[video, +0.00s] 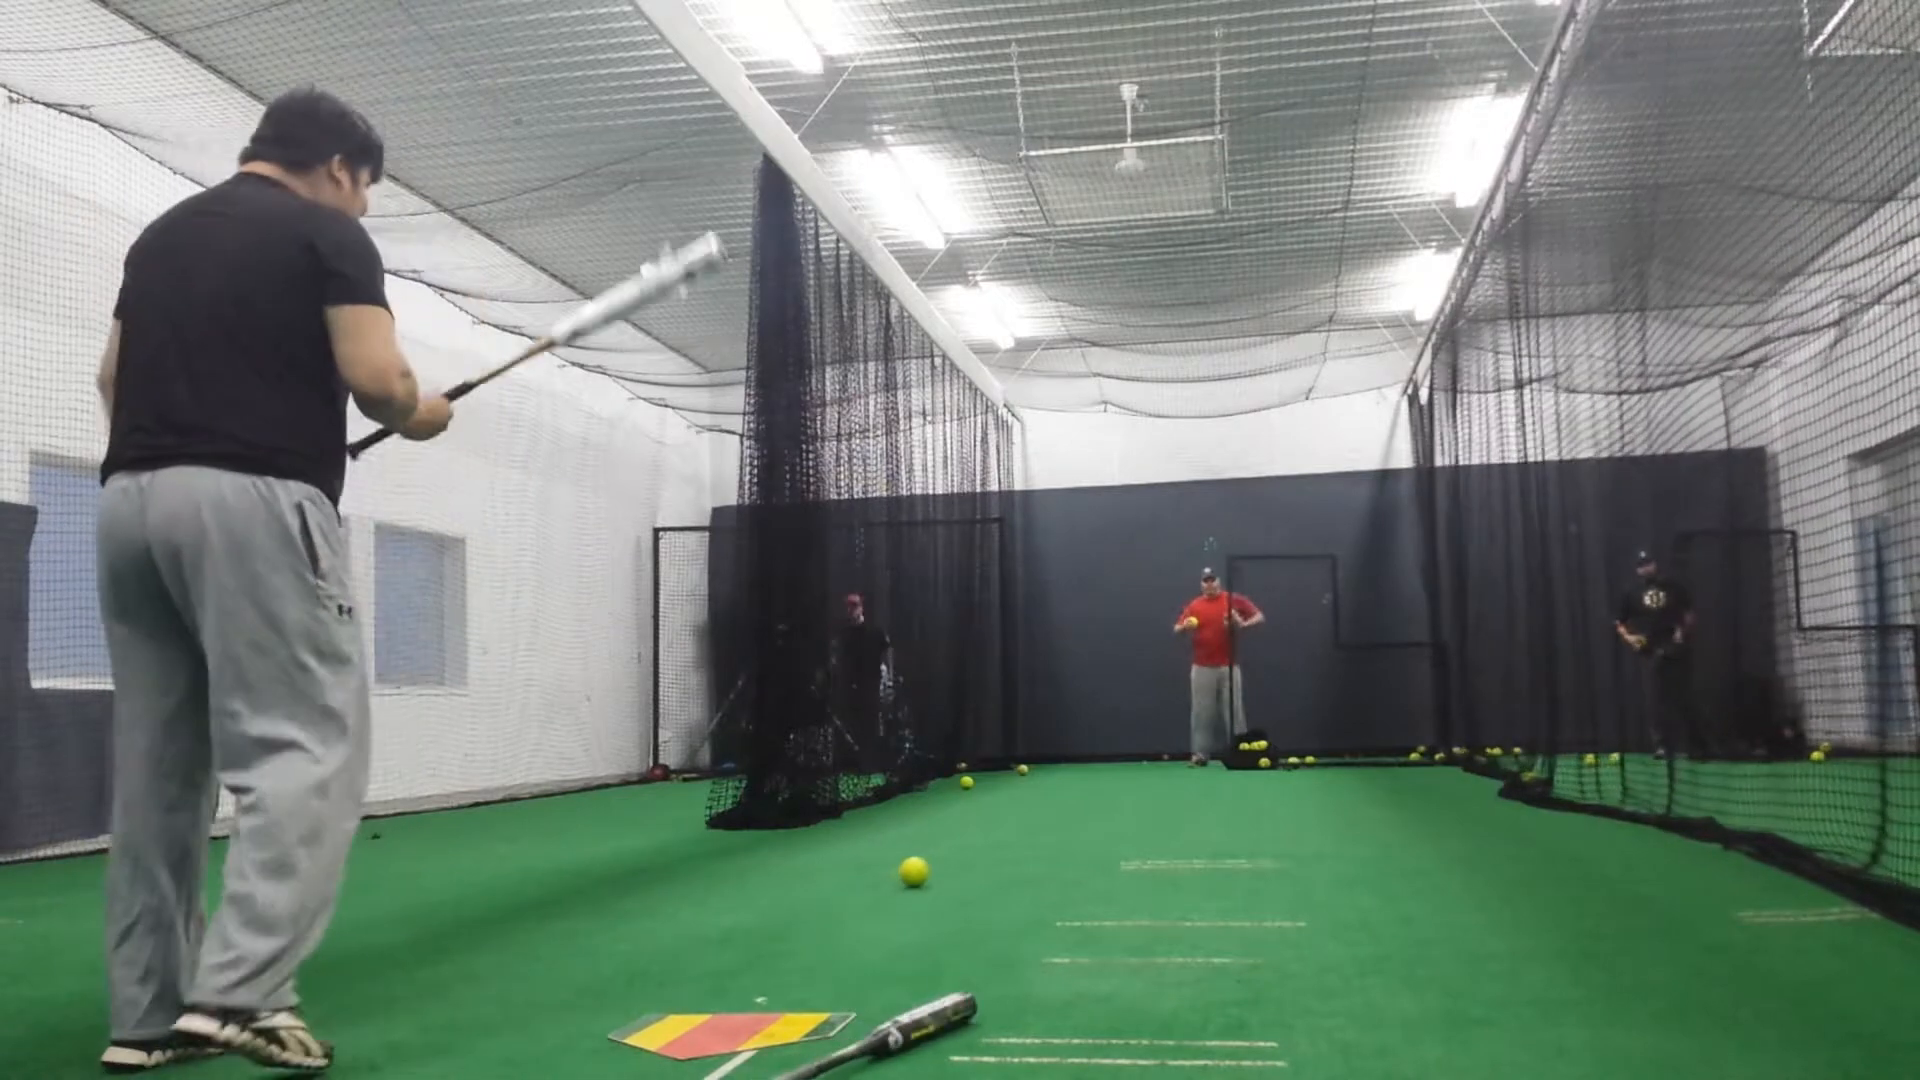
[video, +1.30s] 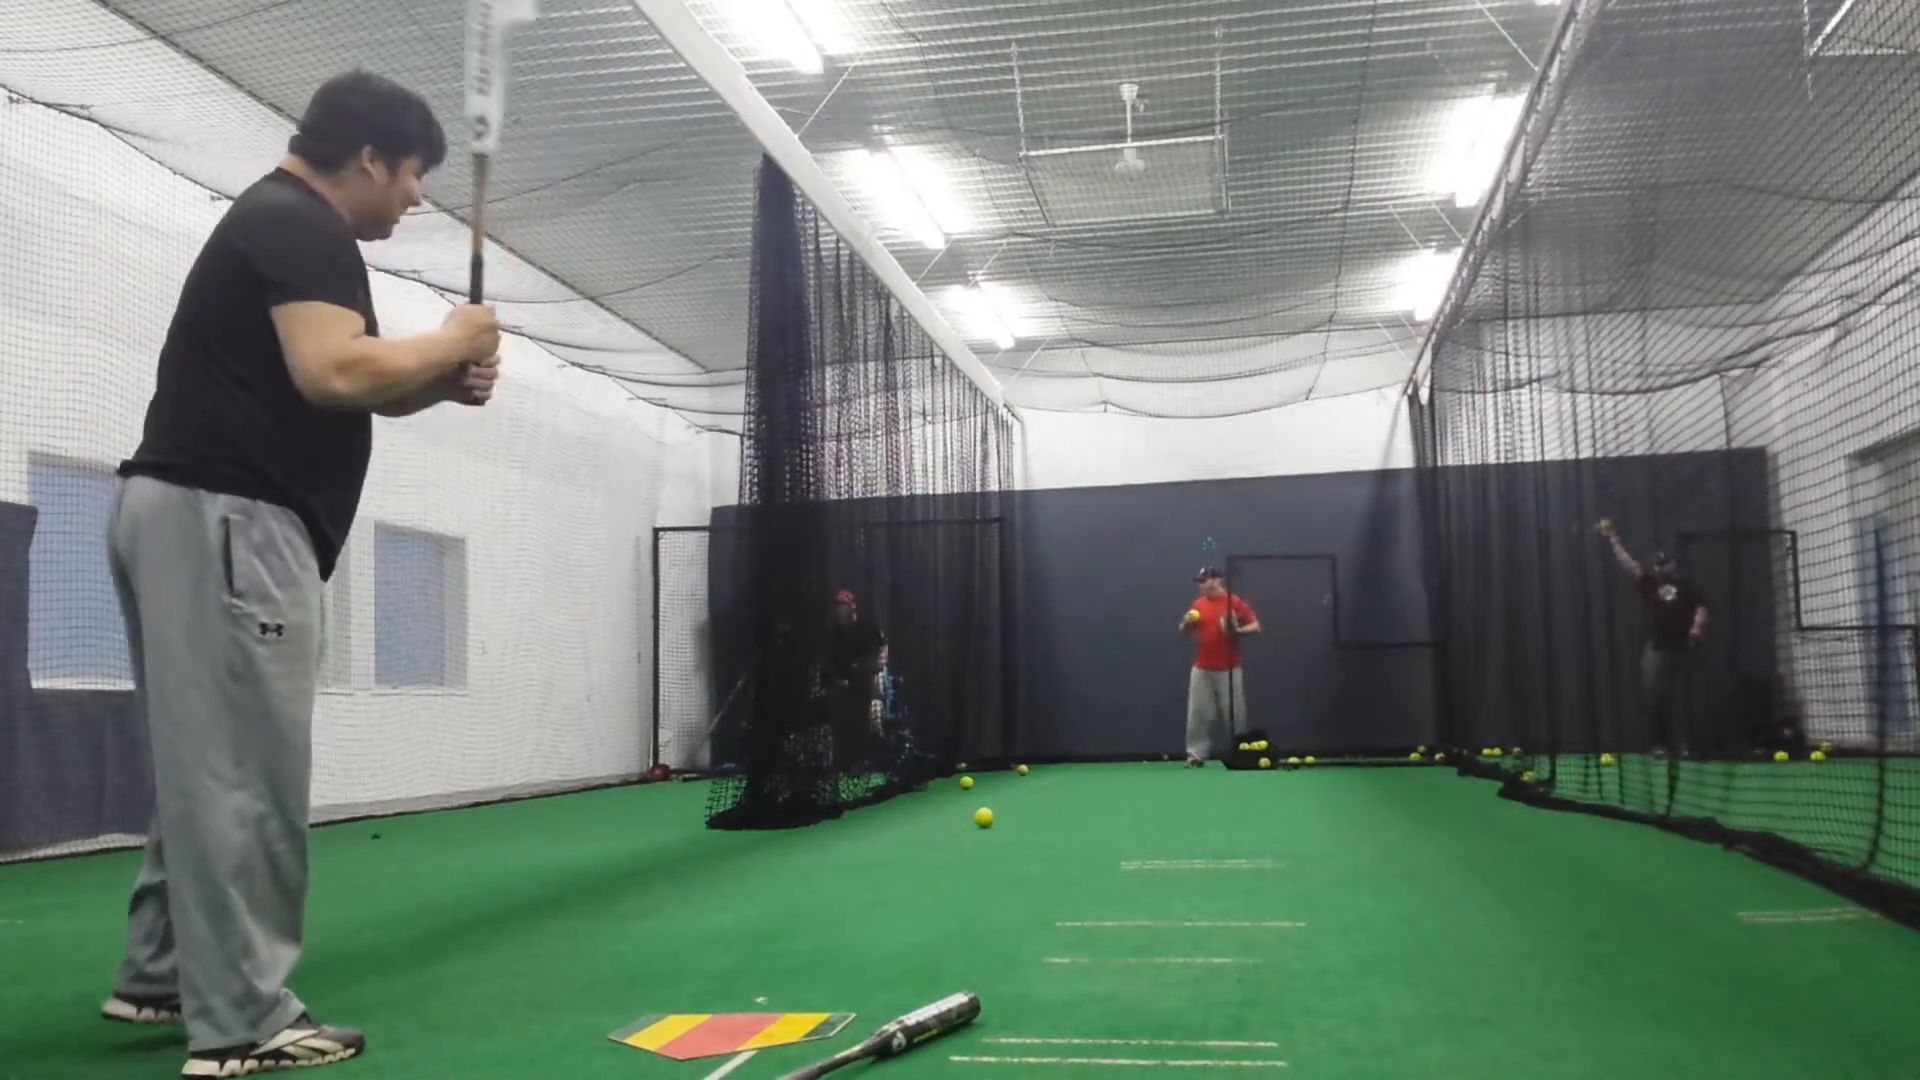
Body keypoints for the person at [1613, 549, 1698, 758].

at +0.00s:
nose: (1646, 570)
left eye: (1649, 564)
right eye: (1642, 566)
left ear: (1656, 565)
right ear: (1636, 570)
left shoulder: (1671, 587)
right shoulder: (1632, 593)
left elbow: (1688, 612)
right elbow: (1619, 621)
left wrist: (1680, 631)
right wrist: (1631, 638)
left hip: (1673, 646)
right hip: (1648, 649)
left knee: (1680, 694)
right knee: (1653, 697)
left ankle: (1687, 742)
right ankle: (1660, 744)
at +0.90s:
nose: (1643, 571)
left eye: (1647, 566)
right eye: (1639, 567)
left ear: (1654, 567)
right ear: (1635, 570)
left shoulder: (1666, 588)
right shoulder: (1638, 590)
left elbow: (1676, 617)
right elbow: (1637, 616)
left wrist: (1669, 644)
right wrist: (1611, 618)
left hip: (1665, 650)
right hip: (1644, 650)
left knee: (1671, 696)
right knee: (1648, 696)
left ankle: (1677, 743)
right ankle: (1654, 742)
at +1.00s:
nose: (1646, 570)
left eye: (1650, 565)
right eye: (1643, 565)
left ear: (1658, 566)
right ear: (1638, 568)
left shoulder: (1670, 589)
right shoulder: (1639, 591)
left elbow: (1684, 614)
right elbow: (1631, 612)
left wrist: (1674, 640)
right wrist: (1620, 594)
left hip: (1668, 652)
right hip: (1646, 652)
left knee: (1674, 698)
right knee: (1651, 698)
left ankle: (1678, 742)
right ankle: (1656, 742)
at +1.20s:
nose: (1656, 570)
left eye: (1661, 565)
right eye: (1652, 565)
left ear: (1670, 565)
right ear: (1648, 567)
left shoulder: (1681, 585)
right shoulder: (1644, 588)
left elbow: (1694, 607)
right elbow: (1618, 585)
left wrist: (1689, 628)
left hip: (1676, 646)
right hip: (1650, 648)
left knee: (1678, 697)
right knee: (1652, 697)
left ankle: (1681, 743)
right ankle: (1657, 743)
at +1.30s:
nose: (1662, 570)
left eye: (1665, 565)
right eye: (1658, 566)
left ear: (1674, 566)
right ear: (1653, 567)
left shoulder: (1686, 586)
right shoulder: (1649, 582)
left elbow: (1701, 608)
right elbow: (1627, 562)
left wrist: (1696, 628)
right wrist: (1613, 538)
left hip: (1681, 644)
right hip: (1656, 645)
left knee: (1681, 695)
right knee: (1655, 694)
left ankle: (1681, 742)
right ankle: (1657, 743)